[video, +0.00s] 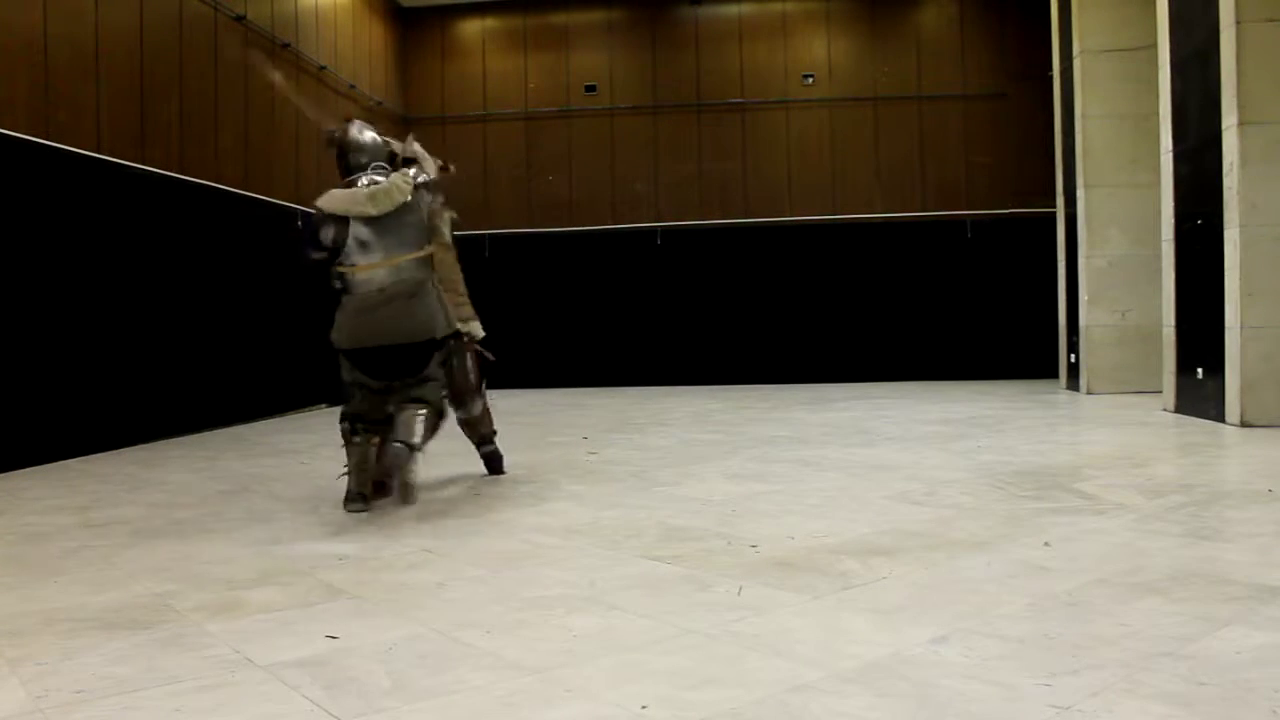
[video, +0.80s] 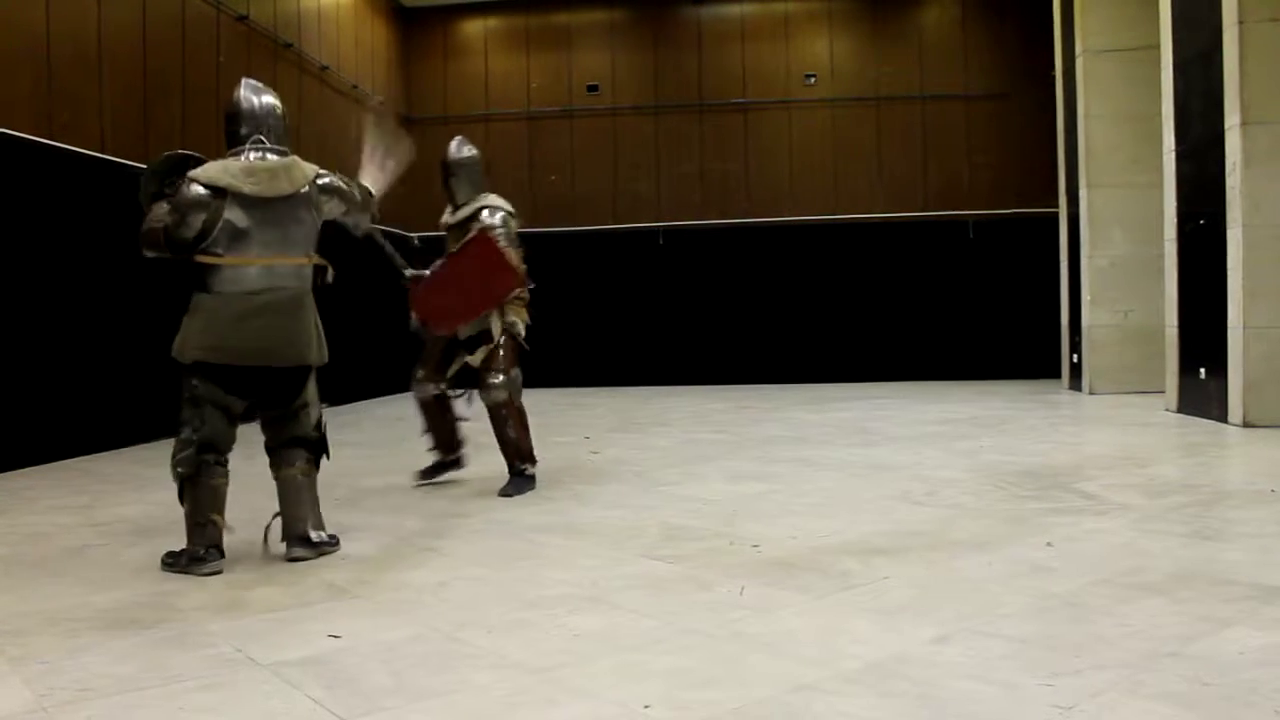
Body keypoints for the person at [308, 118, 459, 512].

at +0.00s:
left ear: (342, 164)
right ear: (387, 156)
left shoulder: (329, 211)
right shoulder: (422, 194)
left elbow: (318, 269)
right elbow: (446, 264)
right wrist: (466, 324)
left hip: (358, 326)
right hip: (418, 321)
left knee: (361, 395)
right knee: (423, 383)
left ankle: (357, 480)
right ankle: (403, 446)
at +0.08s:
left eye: (335, 160)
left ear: (336, 164)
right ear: (381, 154)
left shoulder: (326, 209)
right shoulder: (416, 195)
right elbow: (442, 250)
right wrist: (463, 312)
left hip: (351, 329)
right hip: (410, 323)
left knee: (347, 399)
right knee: (403, 385)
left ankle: (353, 479)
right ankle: (390, 434)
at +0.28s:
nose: (382, 182)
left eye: (386, 175)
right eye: (380, 177)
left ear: (396, 174)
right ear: (376, 179)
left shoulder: (417, 197)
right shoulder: (374, 208)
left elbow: (426, 224)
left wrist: (377, 205)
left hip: (450, 313)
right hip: (406, 319)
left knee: (474, 395)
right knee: (385, 391)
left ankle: (518, 455)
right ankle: (387, 473)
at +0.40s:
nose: (392, 183)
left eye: (394, 175)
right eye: (390, 177)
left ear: (402, 174)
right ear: (397, 177)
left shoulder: (423, 202)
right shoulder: (398, 212)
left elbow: (395, 246)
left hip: (454, 314)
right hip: (417, 319)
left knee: (467, 393)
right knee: (389, 388)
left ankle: (520, 462)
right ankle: (387, 475)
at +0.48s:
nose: (397, 185)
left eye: (399, 177)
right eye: (397, 178)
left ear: (406, 177)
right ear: (422, 174)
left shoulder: (438, 208)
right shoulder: (412, 216)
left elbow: (423, 262)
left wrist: (393, 297)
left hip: (463, 314)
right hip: (429, 317)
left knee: (469, 390)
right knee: (397, 388)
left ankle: (516, 465)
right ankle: (389, 475)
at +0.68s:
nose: (430, 188)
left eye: (434, 180)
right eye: (427, 180)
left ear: (447, 178)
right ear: (426, 182)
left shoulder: (470, 219)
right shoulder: (442, 223)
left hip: (490, 316)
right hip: (453, 319)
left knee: (490, 388)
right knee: (414, 386)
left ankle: (520, 473)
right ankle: (401, 470)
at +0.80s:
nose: (459, 182)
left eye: (465, 173)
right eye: (453, 175)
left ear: (477, 173)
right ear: (446, 178)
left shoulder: (492, 216)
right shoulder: (453, 218)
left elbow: (500, 272)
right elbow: (455, 266)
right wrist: (427, 279)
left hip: (502, 312)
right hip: (464, 315)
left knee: (497, 386)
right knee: (428, 384)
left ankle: (521, 470)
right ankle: (449, 454)